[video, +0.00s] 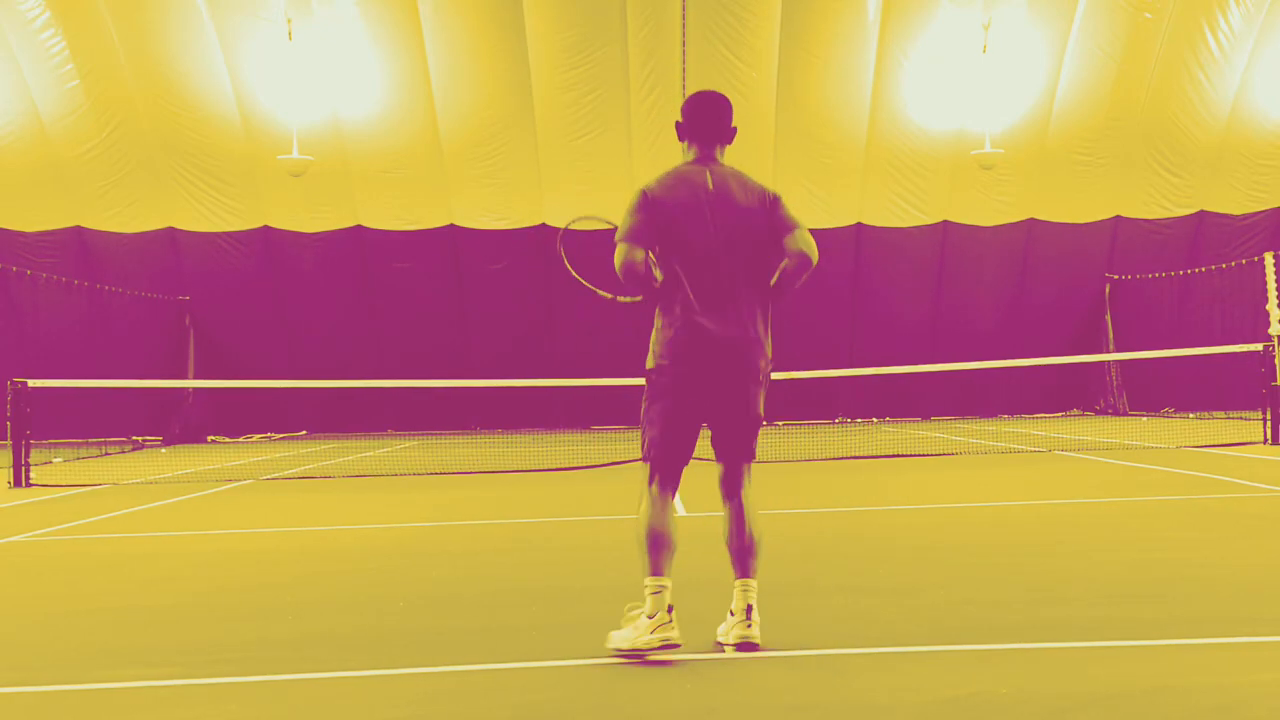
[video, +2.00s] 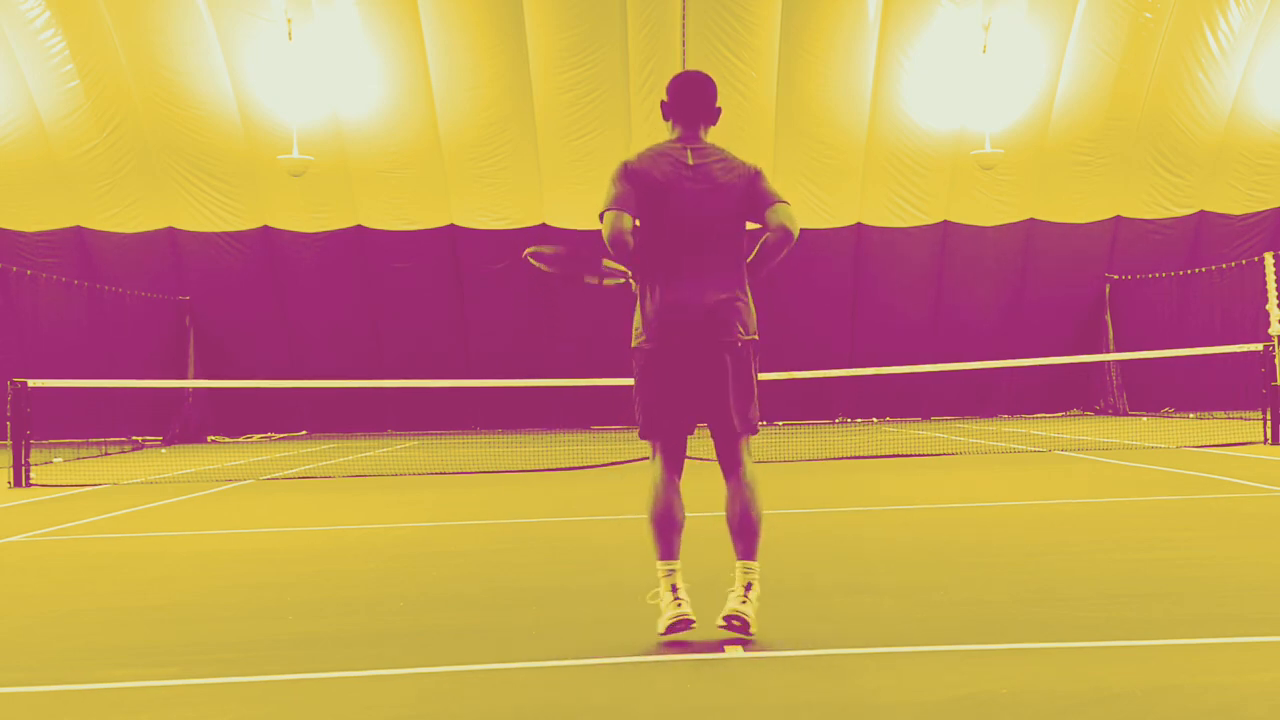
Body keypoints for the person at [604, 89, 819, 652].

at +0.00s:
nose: (693, 143)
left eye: (686, 132)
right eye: (719, 134)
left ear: (681, 134)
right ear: (732, 136)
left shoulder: (657, 192)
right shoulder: (760, 196)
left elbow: (627, 262)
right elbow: (804, 254)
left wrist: (657, 283)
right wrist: (765, 300)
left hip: (678, 353)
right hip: (743, 353)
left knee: (662, 483)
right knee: (736, 486)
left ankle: (657, 612)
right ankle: (745, 613)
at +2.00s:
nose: (680, 121)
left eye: (672, 110)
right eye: (704, 113)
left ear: (665, 113)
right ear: (716, 116)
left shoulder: (637, 168)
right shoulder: (742, 172)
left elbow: (615, 235)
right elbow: (784, 228)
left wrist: (642, 274)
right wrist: (745, 278)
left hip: (663, 328)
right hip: (727, 326)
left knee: (666, 462)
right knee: (736, 461)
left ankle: (672, 593)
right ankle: (745, 591)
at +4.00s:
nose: (692, 149)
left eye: (681, 137)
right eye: (711, 140)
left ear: (673, 140)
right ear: (721, 142)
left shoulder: (647, 196)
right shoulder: (750, 195)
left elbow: (632, 275)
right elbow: (793, 252)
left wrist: (661, 295)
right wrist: (755, 291)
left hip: (673, 340)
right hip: (736, 338)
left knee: (666, 464)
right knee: (741, 461)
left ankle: (664, 590)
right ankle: (756, 583)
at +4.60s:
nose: (676, 180)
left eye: (659, 169)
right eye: (685, 170)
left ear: (642, 173)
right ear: (692, 174)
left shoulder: (609, 232)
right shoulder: (719, 236)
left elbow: (600, 324)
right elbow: (743, 320)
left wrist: (636, 357)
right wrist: (696, 343)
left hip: (630, 378)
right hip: (700, 376)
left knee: (619, 497)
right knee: (709, 491)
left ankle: (576, 575)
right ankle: (733, 603)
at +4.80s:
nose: (642, 173)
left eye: (629, 165)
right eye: (644, 166)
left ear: (592, 167)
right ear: (644, 167)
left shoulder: (556, 227)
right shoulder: (655, 225)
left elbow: (552, 310)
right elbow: (679, 318)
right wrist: (661, 366)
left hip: (563, 383)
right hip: (634, 377)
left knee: (594, 511)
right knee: (678, 492)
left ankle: (548, 622)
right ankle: (704, 614)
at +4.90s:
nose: (626, 165)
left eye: (621, 155)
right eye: (627, 156)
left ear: (575, 158)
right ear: (625, 158)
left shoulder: (541, 213)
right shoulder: (628, 214)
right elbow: (657, 309)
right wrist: (653, 345)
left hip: (526, 368)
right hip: (589, 363)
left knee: (582, 504)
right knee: (647, 488)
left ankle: (543, 637)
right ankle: (630, 620)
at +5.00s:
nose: (614, 134)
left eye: (607, 125)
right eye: (616, 125)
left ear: (564, 124)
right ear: (616, 126)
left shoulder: (531, 177)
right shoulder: (610, 182)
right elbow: (654, 276)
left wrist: (654, 281)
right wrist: (681, 302)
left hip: (486, 324)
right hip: (549, 324)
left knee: (536, 479)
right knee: (602, 471)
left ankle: (531, 619)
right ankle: (561, 603)